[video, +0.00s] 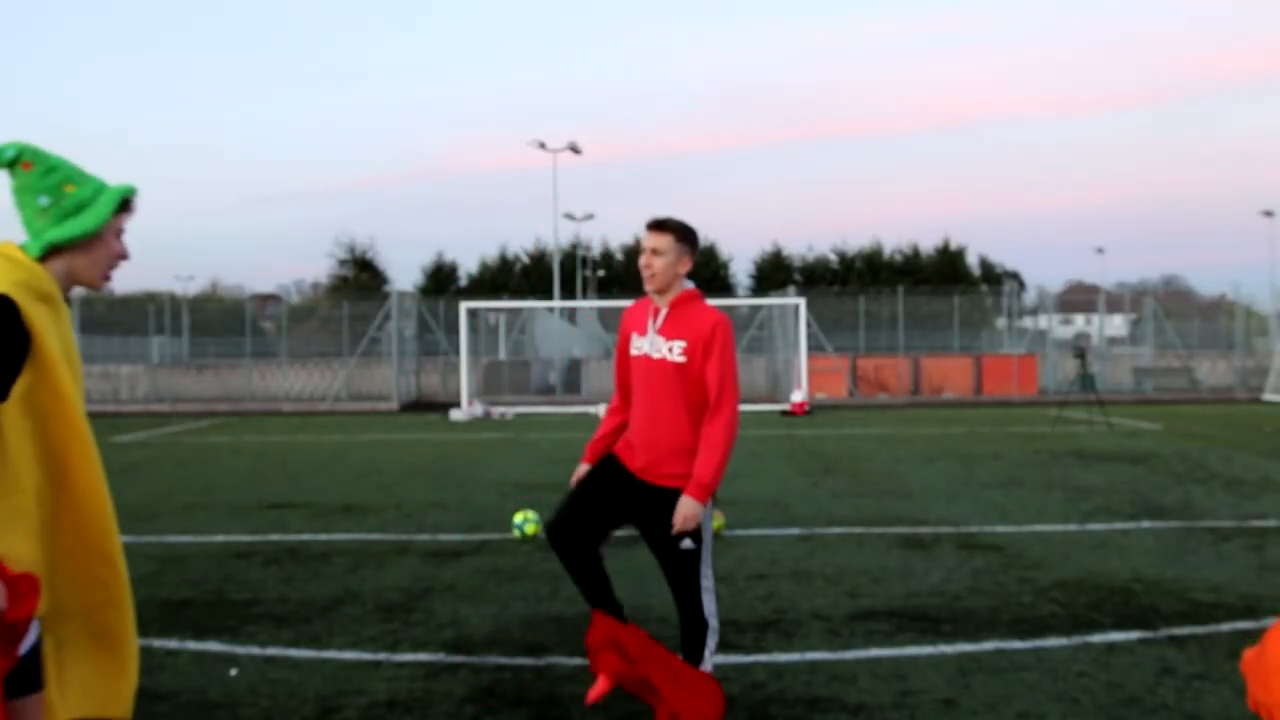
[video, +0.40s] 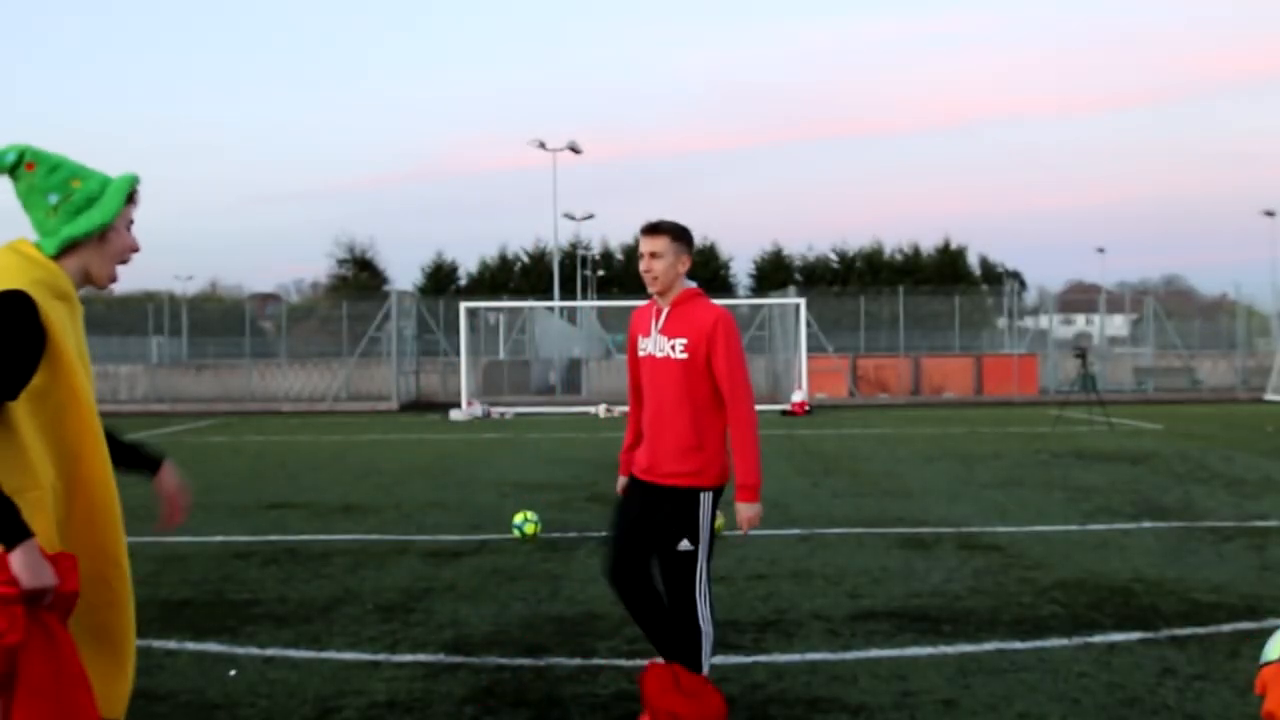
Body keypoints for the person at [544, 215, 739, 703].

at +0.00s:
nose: (645, 263)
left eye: (657, 254)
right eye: (643, 253)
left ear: (685, 262)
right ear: (639, 258)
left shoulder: (709, 325)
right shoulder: (635, 316)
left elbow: (723, 414)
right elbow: (622, 401)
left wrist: (698, 493)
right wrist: (590, 459)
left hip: (676, 485)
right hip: (625, 470)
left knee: (693, 603)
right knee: (566, 534)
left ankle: (693, 693)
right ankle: (618, 641)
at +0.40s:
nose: (646, 266)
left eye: (657, 256)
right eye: (642, 257)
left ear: (685, 261)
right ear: (640, 263)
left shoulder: (713, 319)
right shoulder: (642, 318)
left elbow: (740, 405)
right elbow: (638, 401)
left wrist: (747, 490)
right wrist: (626, 465)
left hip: (694, 481)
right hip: (646, 477)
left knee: (687, 589)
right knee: (625, 571)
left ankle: (693, 691)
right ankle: (683, 665)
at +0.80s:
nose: (628, 271)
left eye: (636, 261)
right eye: (623, 263)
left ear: (664, 263)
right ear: (624, 271)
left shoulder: (703, 310)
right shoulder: (635, 332)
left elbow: (738, 388)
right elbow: (644, 416)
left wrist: (743, 468)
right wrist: (637, 482)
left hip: (706, 449)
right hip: (666, 459)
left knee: (655, 527)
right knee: (684, 566)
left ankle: (693, 634)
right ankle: (702, 694)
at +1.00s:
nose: (631, 267)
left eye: (640, 258)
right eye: (627, 259)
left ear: (667, 262)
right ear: (627, 267)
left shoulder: (706, 310)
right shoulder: (633, 330)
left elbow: (741, 389)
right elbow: (640, 410)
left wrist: (744, 465)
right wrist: (639, 472)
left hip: (707, 438)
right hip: (663, 451)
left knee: (644, 503)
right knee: (681, 555)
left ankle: (719, 587)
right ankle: (701, 659)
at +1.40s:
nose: (651, 272)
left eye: (661, 263)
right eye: (646, 263)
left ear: (688, 265)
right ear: (642, 265)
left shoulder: (718, 316)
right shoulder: (641, 319)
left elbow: (755, 395)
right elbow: (637, 399)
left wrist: (767, 471)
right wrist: (623, 460)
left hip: (714, 438)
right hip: (671, 450)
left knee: (669, 503)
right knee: (682, 569)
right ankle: (702, 670)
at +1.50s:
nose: (653, 270)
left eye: (663, 261)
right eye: (648, 261)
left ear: (691, 263)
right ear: (645, 264)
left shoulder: (723, 315)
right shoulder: (643, 318)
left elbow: (760, 395)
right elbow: (633, 398)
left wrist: (769, 472)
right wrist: (617, 462)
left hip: (714, 450)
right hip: (669, 456)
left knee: (683, 549)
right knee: (679, 563)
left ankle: (739, 677)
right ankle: (702, 672)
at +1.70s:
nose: (674, 265)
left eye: (685, 256)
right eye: (671, 255)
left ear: (714, 264)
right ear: (667, 259)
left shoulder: (740, 327)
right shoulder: (652, 317)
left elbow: (765, 413)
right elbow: (629, 399)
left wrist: (776, 491)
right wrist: (604, 466)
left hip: (713, 484)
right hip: (663, 481)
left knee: (695, 601)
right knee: (659, 589)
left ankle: (710, 710)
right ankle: (704, 687)